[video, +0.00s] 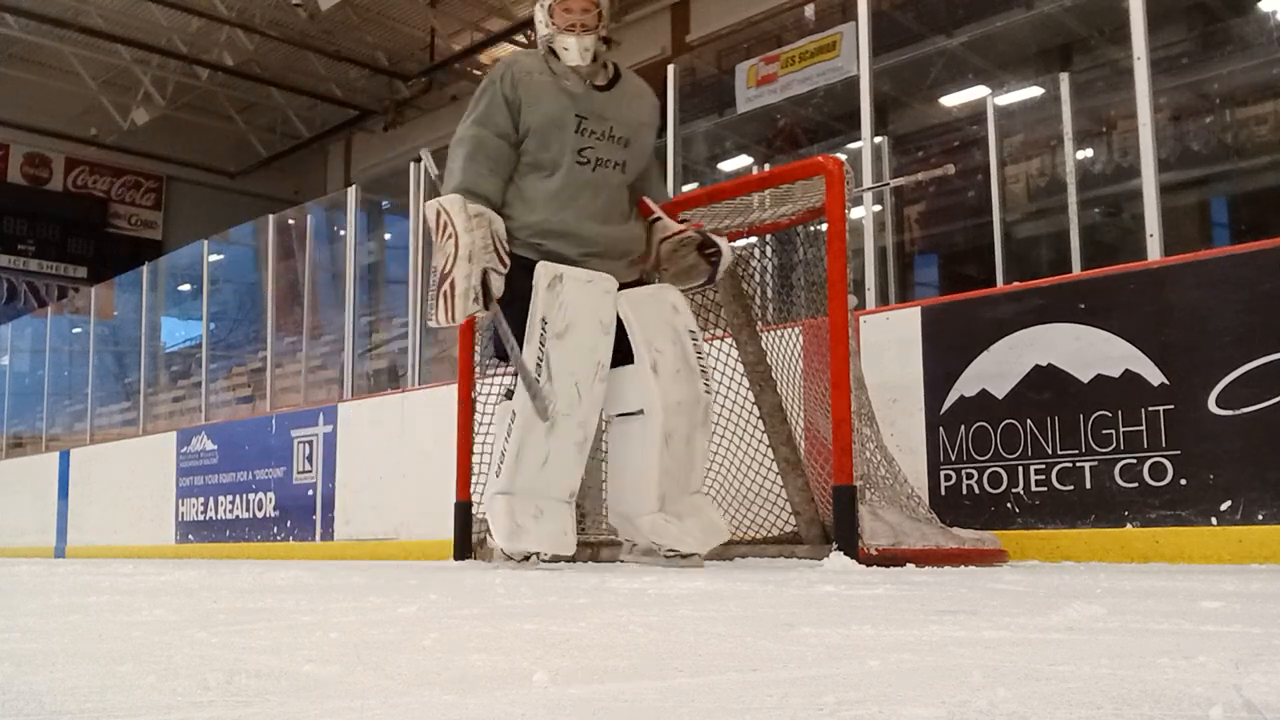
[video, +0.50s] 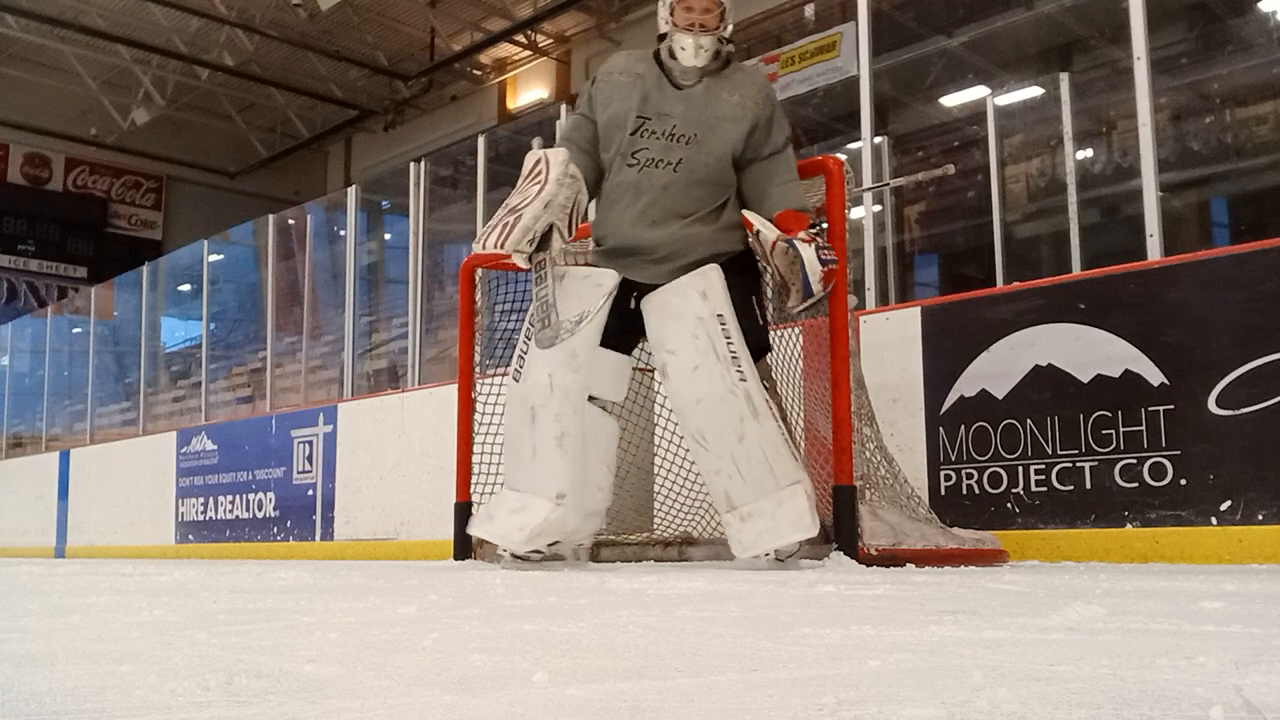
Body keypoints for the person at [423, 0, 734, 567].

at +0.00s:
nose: (574, 13)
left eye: (585, 5)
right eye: (562, 5)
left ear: (603, 16)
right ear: (543, 15)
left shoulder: (639, 96)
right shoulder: (515, 78)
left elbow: (646, 198)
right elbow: (476, 164)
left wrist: (670, 250)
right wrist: (470, 237)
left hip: (623, 277)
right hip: (536, 267)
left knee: (662, 382)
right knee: (562, 383)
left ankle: (657, 530)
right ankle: (531, 534)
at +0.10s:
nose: (598, 18)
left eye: (609, 9)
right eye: (586, 9)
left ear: (626, 18)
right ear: (567, 19)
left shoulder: (662, 96)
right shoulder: (533, 80)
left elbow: (678, 180)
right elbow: (495, 160)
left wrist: (711, 234)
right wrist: (483, 227)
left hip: (640, 271)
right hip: (551, 266)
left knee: (676, 392)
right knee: (558, 395)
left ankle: (675, 532)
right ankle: (530, 536)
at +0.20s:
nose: (626, 24)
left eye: (637, 15)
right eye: (614, 14)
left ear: (654, 21)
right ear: (594, 19)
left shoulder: (690, 95)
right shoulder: (555, 80)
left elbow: (703, 173)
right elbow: (517, 148)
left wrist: (735, 232)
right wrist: (502, 210)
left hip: (660, 275)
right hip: (565, 270)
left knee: (696, 396)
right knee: (554, 401)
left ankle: (702, 530)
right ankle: (529, 534)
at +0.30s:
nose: (654, 19)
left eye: (666, 10)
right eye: (641, 9)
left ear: (682, 20)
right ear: (621, 17)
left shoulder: (715, 95)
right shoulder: (581, 78)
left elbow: (730, 179)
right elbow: (541, 155)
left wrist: (757, 237)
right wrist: (519, 215)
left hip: (680, 270)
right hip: (583, 265)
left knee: (723, 387)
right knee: (558, 395)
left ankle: (742, 529)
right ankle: (526, 535)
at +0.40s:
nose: (678, 27)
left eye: (690, 17)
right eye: (667, 15)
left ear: (707, 23)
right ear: (648, 18)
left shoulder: (736, 93)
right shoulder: (600, 77)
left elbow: (759, 189)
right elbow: (560, 161)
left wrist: (776, 249)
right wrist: (532, 212)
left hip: (693, 263)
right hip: (597, 261)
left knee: (728, 391)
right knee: (556, 391)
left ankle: (769, 535)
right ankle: (517, 536)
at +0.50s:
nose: (694, 21)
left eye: (706, 12)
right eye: (683, 11)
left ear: (724, 22)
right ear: (666, 17)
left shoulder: (749, 92)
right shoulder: (617, 77)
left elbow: (775, 185)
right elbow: (577, 156)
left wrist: (793, 244)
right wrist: (543, 208)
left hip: (708, 267)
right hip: (614, 267)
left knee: (734, 395)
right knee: (565, 391)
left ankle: (779, 533)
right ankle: (549, 533)